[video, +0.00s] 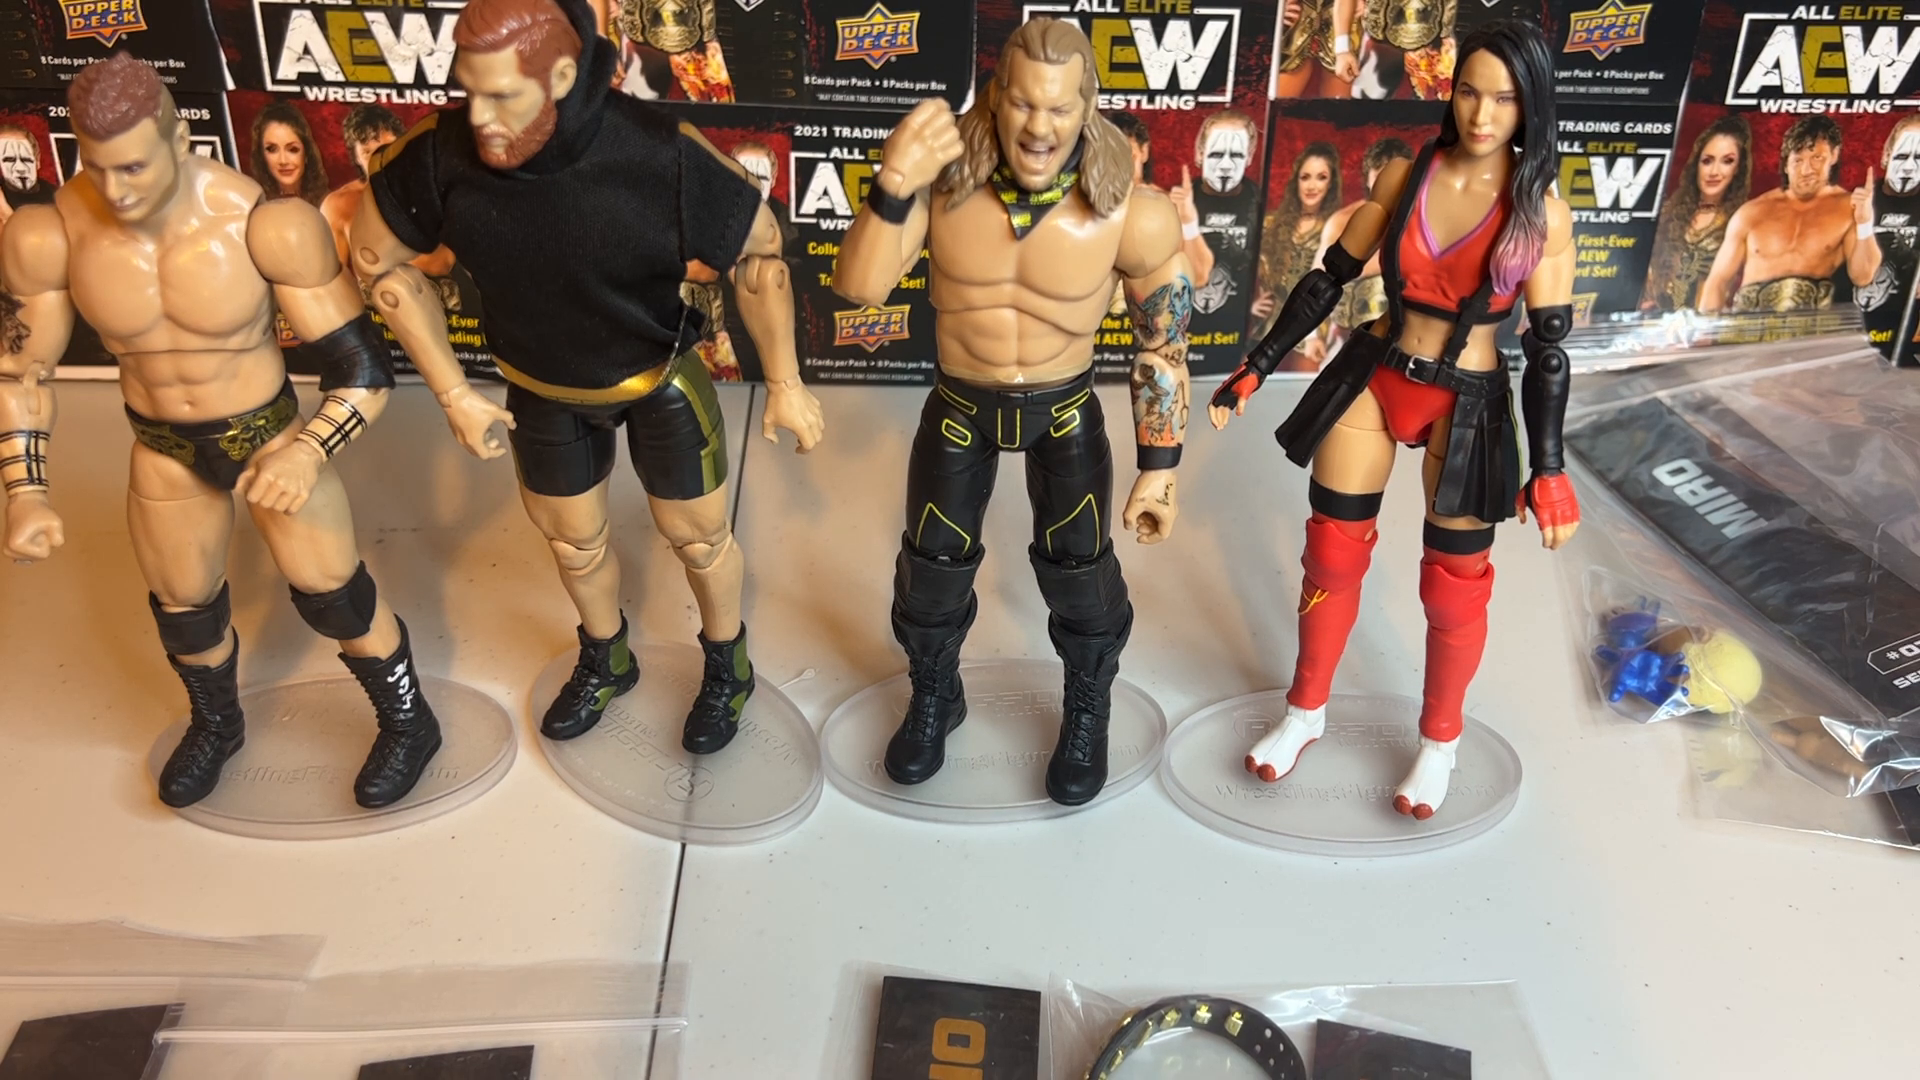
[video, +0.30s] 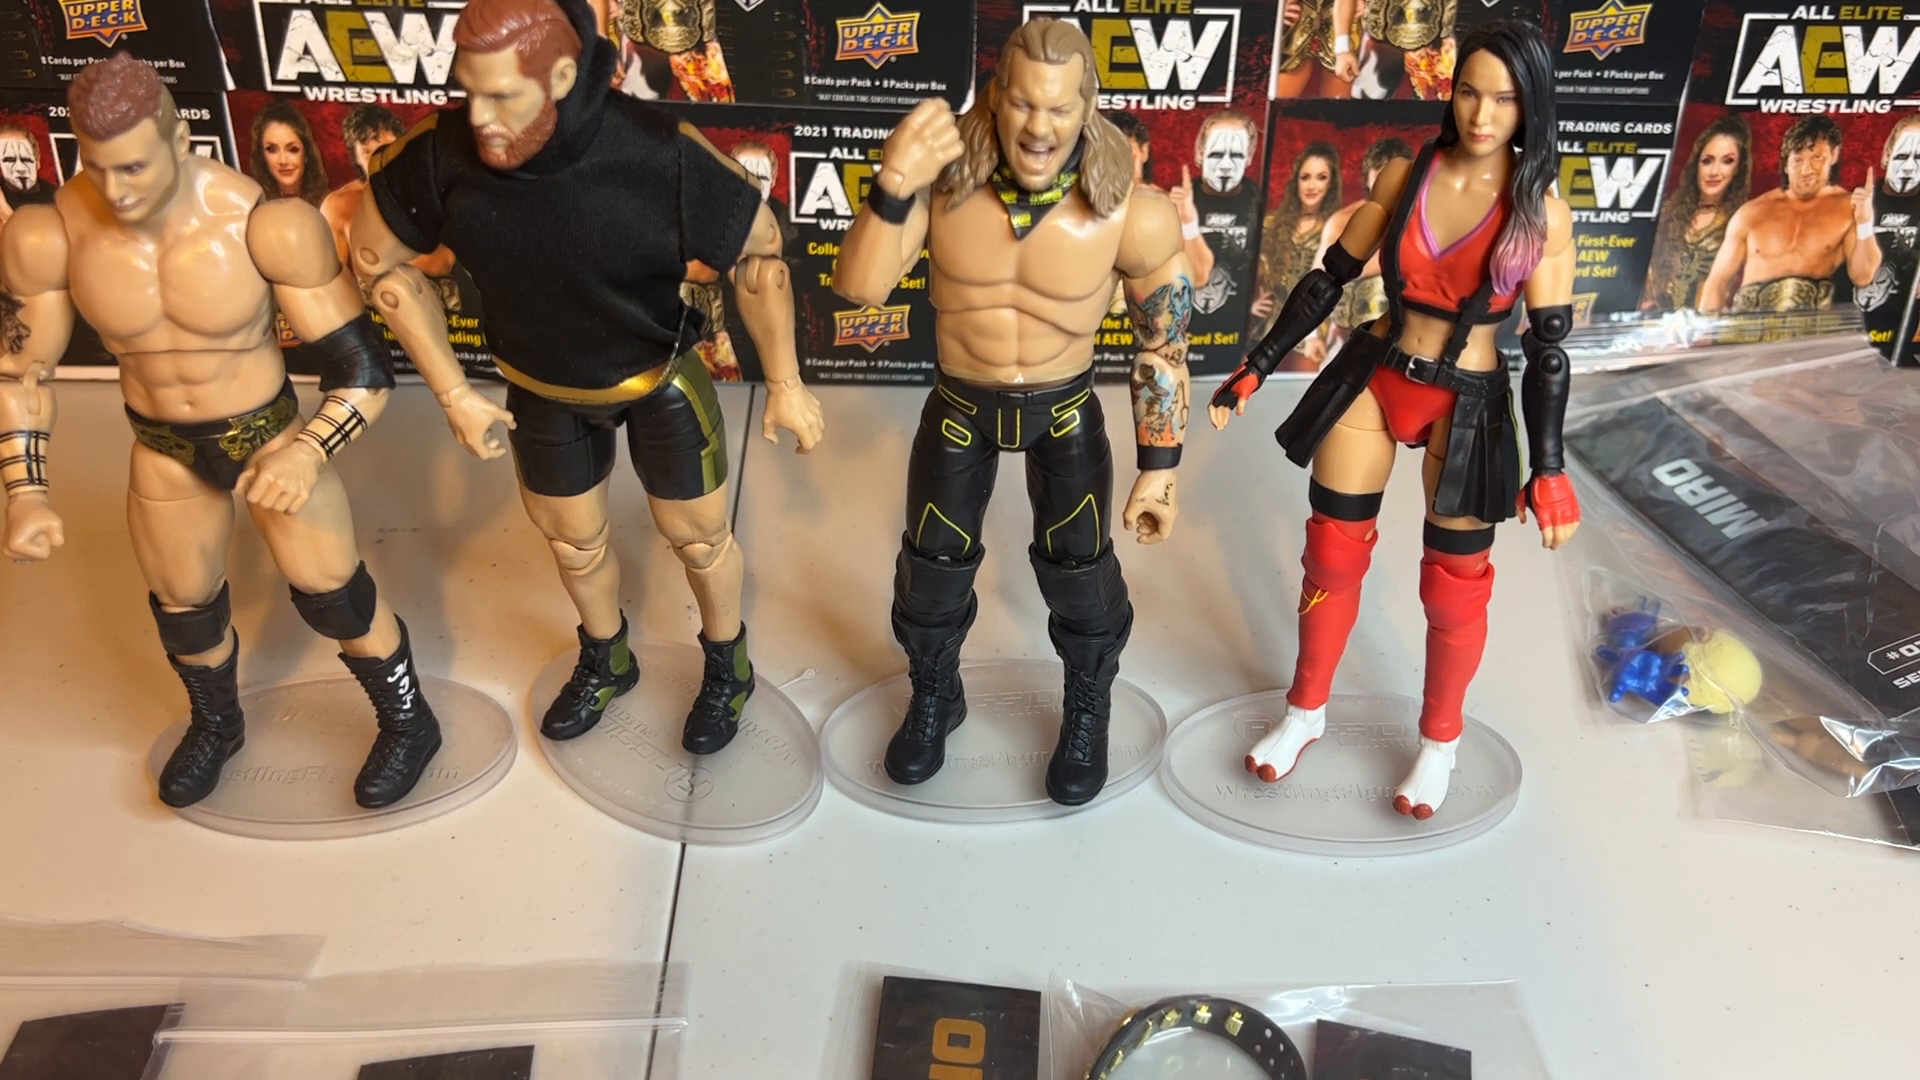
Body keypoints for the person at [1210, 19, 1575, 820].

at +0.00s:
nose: (1480, 114)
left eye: (1501, 99)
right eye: (1469, 94)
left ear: (1529, 108)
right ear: (1451, 94)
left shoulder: (1540, 208)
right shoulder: (1406, 174)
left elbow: (1549, 343)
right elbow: (1333, 273)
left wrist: (1549, 466)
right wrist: (1257, 364)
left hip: (1467, 404)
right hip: (1371, 383)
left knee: (1454, 592)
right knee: (1331, 560)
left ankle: (1438, 742)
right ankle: (1304, 710)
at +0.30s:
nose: (1480, 114)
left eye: (1501, 99)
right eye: (1469, 94)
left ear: (1529, 109)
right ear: (1451, 94)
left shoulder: (1540, 209)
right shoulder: (1407, 175)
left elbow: (1549, 345)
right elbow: (1333, 274)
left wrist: (1549, 466)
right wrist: (1256, 364)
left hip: (1467, 404)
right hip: (1372, 382)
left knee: (1454, 591)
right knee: (1331, 560)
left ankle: (1438, 742)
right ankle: (1304, 710)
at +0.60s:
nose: (1480, 113)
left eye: (1501, 99)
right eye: (1469, 93)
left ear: (1529, 108)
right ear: (1451, 94)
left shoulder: (1540, 207)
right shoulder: (1406, 174)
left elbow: (1549, 343)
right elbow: (1332, 273)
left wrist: (1549, 466)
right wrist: (1256, 364)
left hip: (1467, 404)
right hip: (1372, 382)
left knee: (1454, 591)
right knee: (1331, 560)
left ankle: (1438, 742)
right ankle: (1304, 710)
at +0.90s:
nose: (1480, 113)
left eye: (1501, 99)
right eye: (1469, 93)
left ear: (1528, 108)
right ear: (1451, 94)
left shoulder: (1540, 208)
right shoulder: (1406, 174)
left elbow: (1549, 344)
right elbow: (1333, 273)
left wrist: (1549, 466)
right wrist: (1256, 364)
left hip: (1466, 403)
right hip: (1372, 382)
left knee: (1454, 589)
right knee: (1331, 559)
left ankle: (1438, 741)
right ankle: (1305, 710)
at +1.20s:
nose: (1480, 114)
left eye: (1501, 99)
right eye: (1469, 93)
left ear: (1529, 108)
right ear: (1450, 93)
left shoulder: (1540, 207)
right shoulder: (1406, 174)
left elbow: (1549, 343)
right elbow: (1333, 273)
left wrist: (1549, 465)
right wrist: (1257, 363)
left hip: (1466, 404)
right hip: (1371, 383)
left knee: (1454, 592)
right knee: (1331, 561)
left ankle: (1438, 742)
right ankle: (1304, 710)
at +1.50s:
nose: (1480, 114)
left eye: (1501, 99)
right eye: (1469, 94)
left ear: (1529, 108)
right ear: (1450, 94)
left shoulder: (1540, 207)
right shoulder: (1406, 175)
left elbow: (1549, 344)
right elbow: (1332, 274)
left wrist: (1549, 466)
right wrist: (1257, 364)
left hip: (1466, 404)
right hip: (1371, 383)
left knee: (1454, 592)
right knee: (1331, 561)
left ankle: (1438, 741)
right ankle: (1304, 710)